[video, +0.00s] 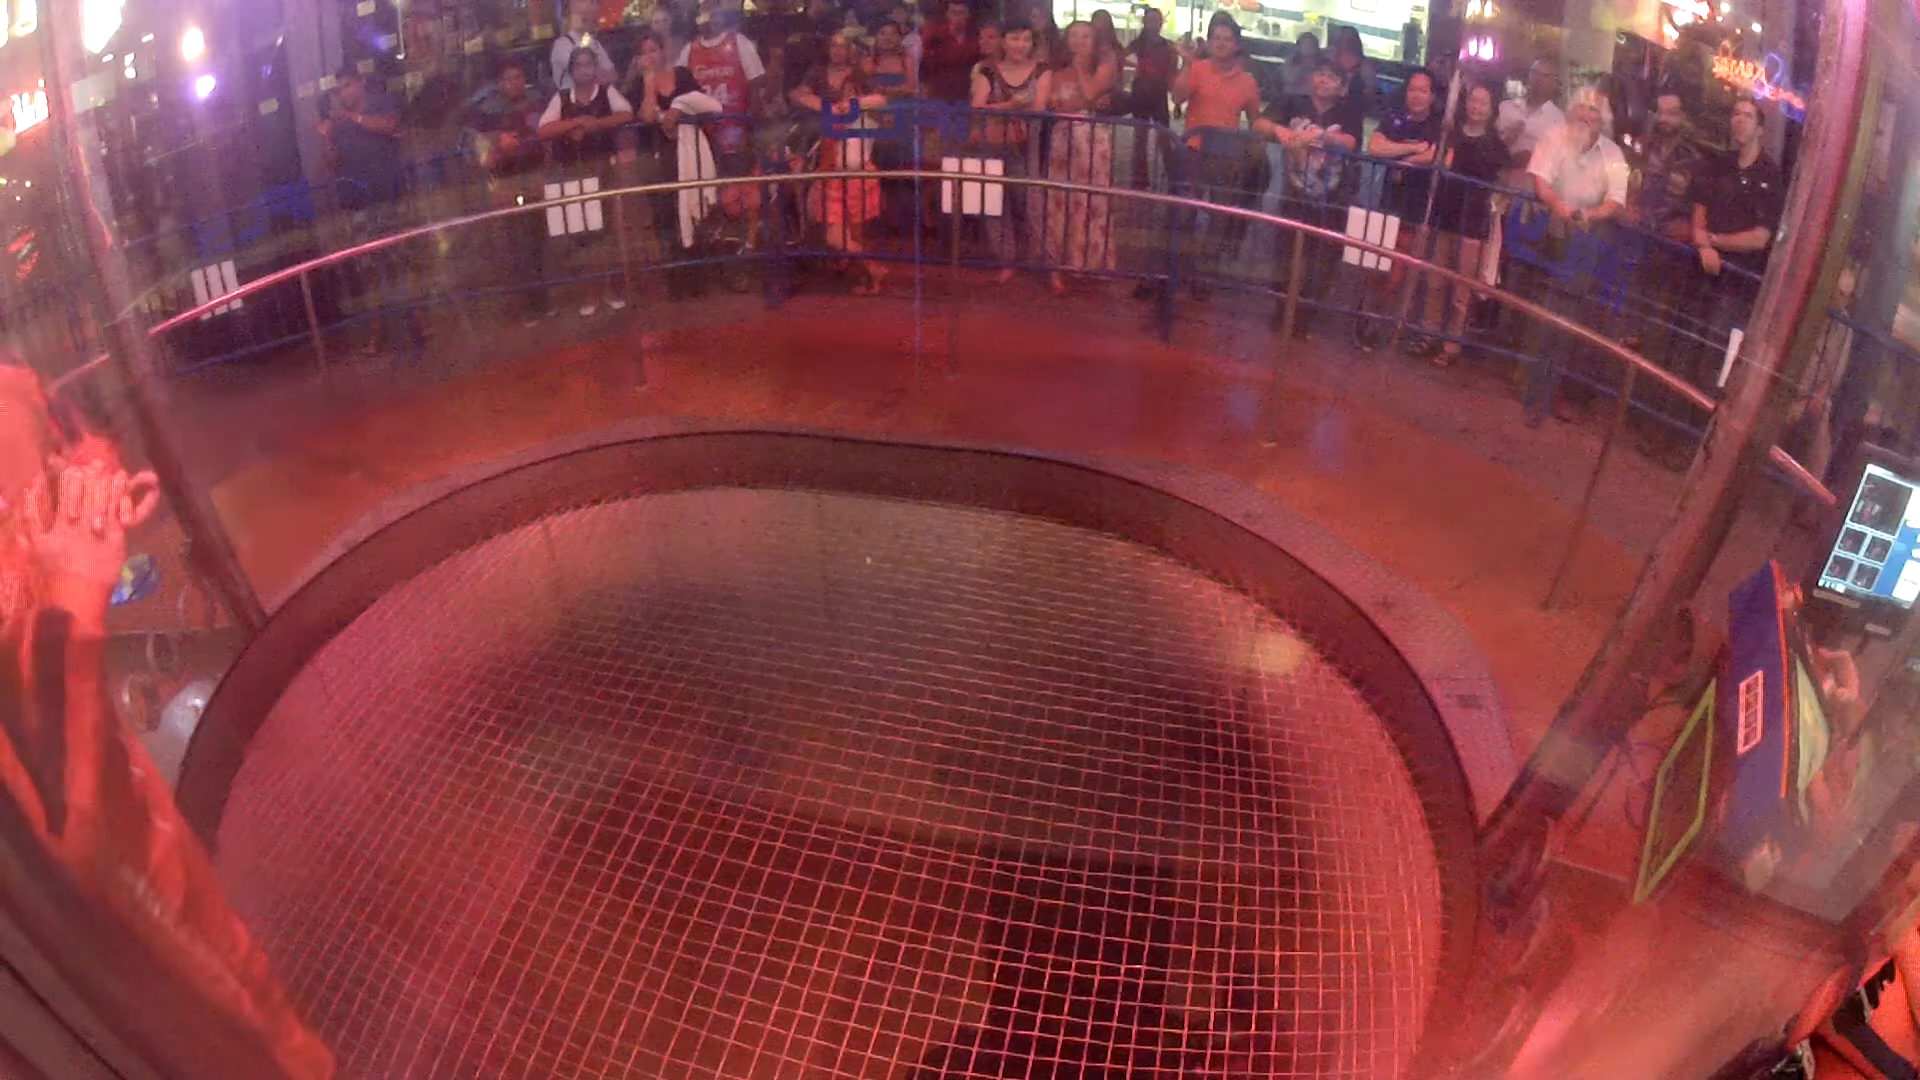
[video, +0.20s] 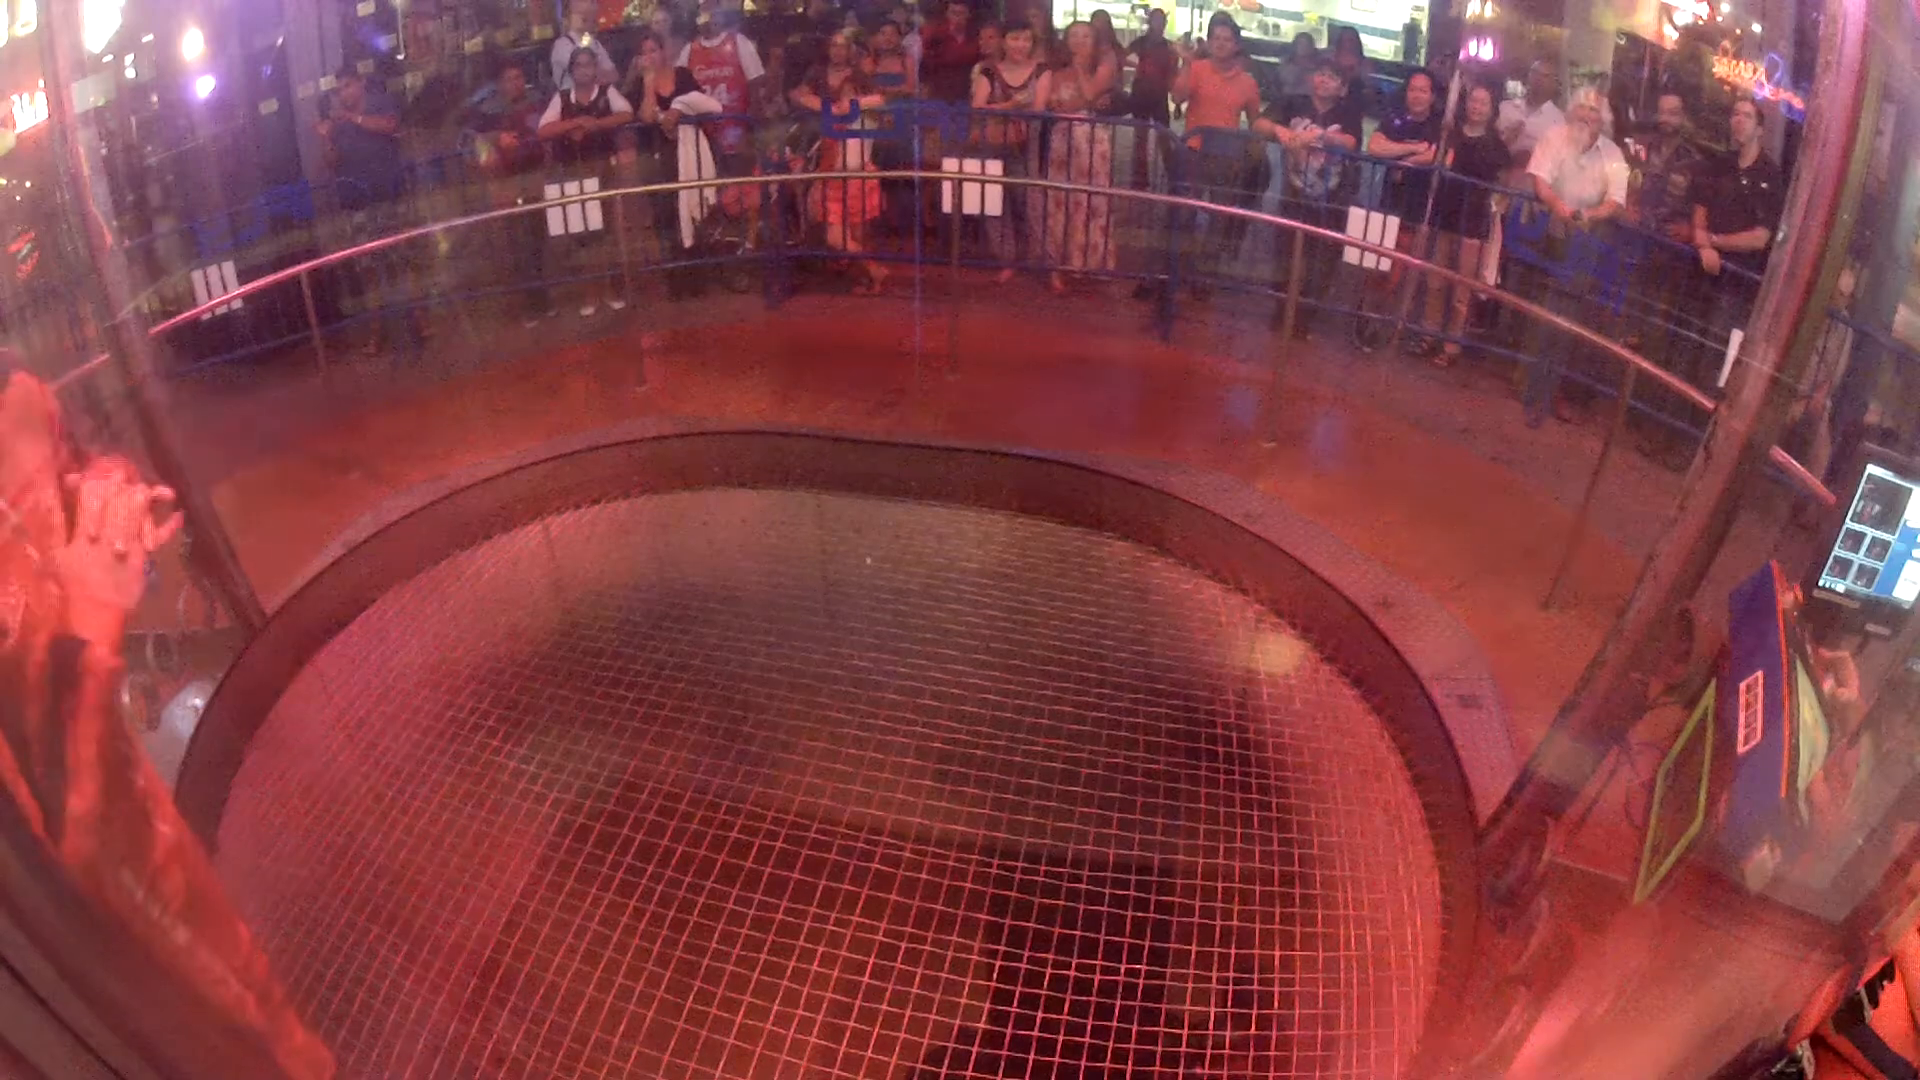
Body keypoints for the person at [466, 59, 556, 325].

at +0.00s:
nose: (515, 84)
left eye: (518, 78)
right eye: (509, 79)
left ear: (524, 79)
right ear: (499, 84)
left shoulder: (535, 109)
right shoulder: (491, 113)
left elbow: (545, 141)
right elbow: (481, 153)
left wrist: (518, 144)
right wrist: (500, 147)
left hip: (534, 176)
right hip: (506, 180)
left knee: (537, 242)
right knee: (518, 245)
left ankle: (542, 301)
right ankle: (527, 306)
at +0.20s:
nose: (516, 83)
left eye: (519, 77)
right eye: (510, 79)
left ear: (525, 79)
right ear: (499, 84)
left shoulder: (536, 106)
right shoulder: (491, 112)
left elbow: (547, 136)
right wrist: (497, 139)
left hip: (535, 173)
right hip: (505, 178)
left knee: (538, 240)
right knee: (517, 244)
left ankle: (542, 299)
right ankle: (527, 305)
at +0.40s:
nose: (517, 83)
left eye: (519, 78)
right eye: (511, 79)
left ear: (524, 79)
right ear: (499, 84)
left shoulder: (534, 106)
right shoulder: (488, 110)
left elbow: (547, 134)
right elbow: (469, 135)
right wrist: (496, 138)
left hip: (535, 175)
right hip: (505, 179)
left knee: (537, 239)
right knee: (517, 243)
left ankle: (542, 300)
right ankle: (527, 304)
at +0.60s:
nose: (515, 84)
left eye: (518, 78)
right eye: (509, 79)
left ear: (524, 80)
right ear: (499, 84)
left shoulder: (534, 106)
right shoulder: (491, 111)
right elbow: (468, 126)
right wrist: (497, 137)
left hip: (535, 175)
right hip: (506, 179)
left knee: (538, 240)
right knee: (519, 243)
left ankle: (541, 300)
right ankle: (529, 304)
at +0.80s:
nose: (516, 84)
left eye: (519, 78)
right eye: (510, 79)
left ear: (524, 79)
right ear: (499, 84)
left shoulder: (534, 104)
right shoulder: (490, 108)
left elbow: (548, 133)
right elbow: (466, 124)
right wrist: (497, 138)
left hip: (534, 176)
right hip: (505, 180)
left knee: (537, 241)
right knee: (518, 243)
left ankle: (541, 300)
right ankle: (528, 305)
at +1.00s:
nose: (514, 84)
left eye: (517, 79)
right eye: (508, 80)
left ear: (523, 79)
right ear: (498, 84)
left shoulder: (533, 102)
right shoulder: (487, 108)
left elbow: (549, 127)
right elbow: (469, 137)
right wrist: (497, 140)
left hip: (535, 173)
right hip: (505, 178)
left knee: (538, 240)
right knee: (517, 243)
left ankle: (542, 300)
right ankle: (525, 306)